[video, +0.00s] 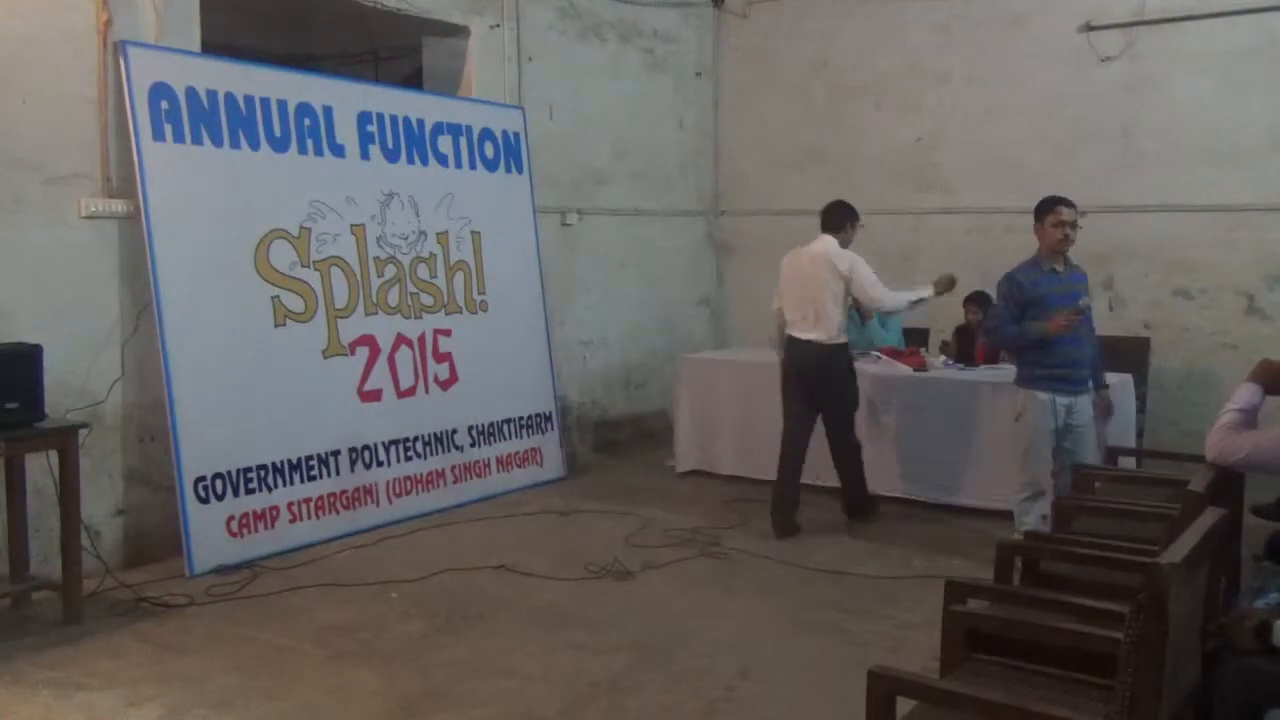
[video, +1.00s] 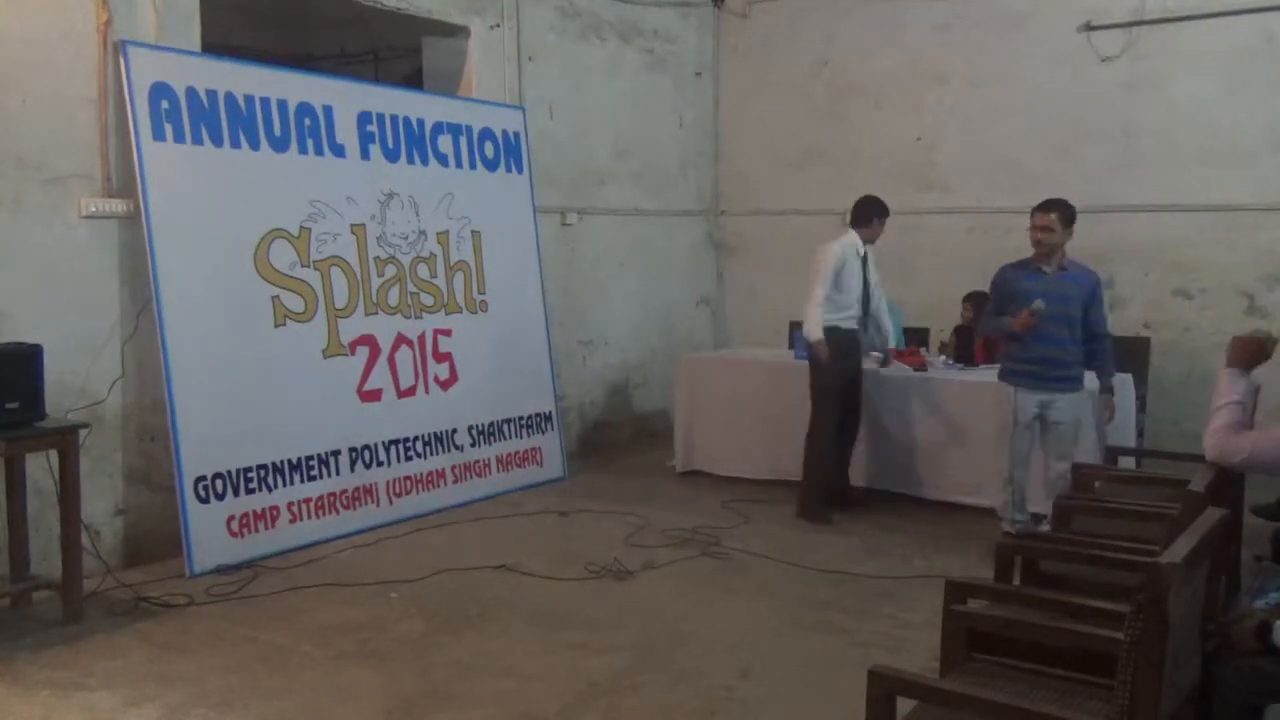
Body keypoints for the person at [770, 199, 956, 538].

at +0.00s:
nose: (855, 235)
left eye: (856, 228)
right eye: (855, 228)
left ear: (823, 224)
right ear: (846, 227)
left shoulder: (791, 259)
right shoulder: (845, 260)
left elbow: (779, 311)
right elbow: (879, 300)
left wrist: (785, 350)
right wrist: (930, 291)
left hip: (796, 356)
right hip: (832, 358)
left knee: (793, 439)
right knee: (842, 434)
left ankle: (782, 520)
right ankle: (858, 506)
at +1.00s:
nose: (883, 232)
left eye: (883, 226)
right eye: (882, 225)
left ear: (865, 220)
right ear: (871, 222)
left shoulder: (865, 255)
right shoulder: (835, 251)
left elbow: (877, 300)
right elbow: (817, 295)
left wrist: (891, 342)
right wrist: (814, 337)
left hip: (852, 338)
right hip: (829, 337)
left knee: (849, 416)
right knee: (826, 418)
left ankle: (837, 489)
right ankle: (812, 500)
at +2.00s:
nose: (852, 235)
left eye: (852, 229)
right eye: (852, 229)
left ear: (825, 224)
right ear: (843, 228)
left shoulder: (819, 251)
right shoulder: (819, 251)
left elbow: (810, 302)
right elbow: (805, 301)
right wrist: (794, 351)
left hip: (798, 335)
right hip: (794, 336)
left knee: (799, 421)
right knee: (798, 422)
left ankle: (797, 498)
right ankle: (791, 503)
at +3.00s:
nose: (809, 228)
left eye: (811, 221)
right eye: (803, 221)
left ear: (809, 223)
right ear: (782, 221)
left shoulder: (811, 260)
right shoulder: (752, 258)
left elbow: (809, 310)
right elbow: (730, 308)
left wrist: (810, 352)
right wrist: (711, 356)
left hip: (796, 355)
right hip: (757, 355)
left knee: (795, 436)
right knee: (757, 436)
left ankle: (795, 515)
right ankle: (760, 512)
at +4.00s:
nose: (764, 216)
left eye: (766, 209)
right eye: (758, 208)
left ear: (760, 212)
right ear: (734, 209)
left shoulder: (760, 249)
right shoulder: (707, 253)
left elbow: (774, 297)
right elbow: (713, 309)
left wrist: (757, 305)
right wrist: (736, 358)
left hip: (748, 351)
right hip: (711, 355)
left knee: (765, 445)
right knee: (715, 454)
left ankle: (723, 511)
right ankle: (714, 550)